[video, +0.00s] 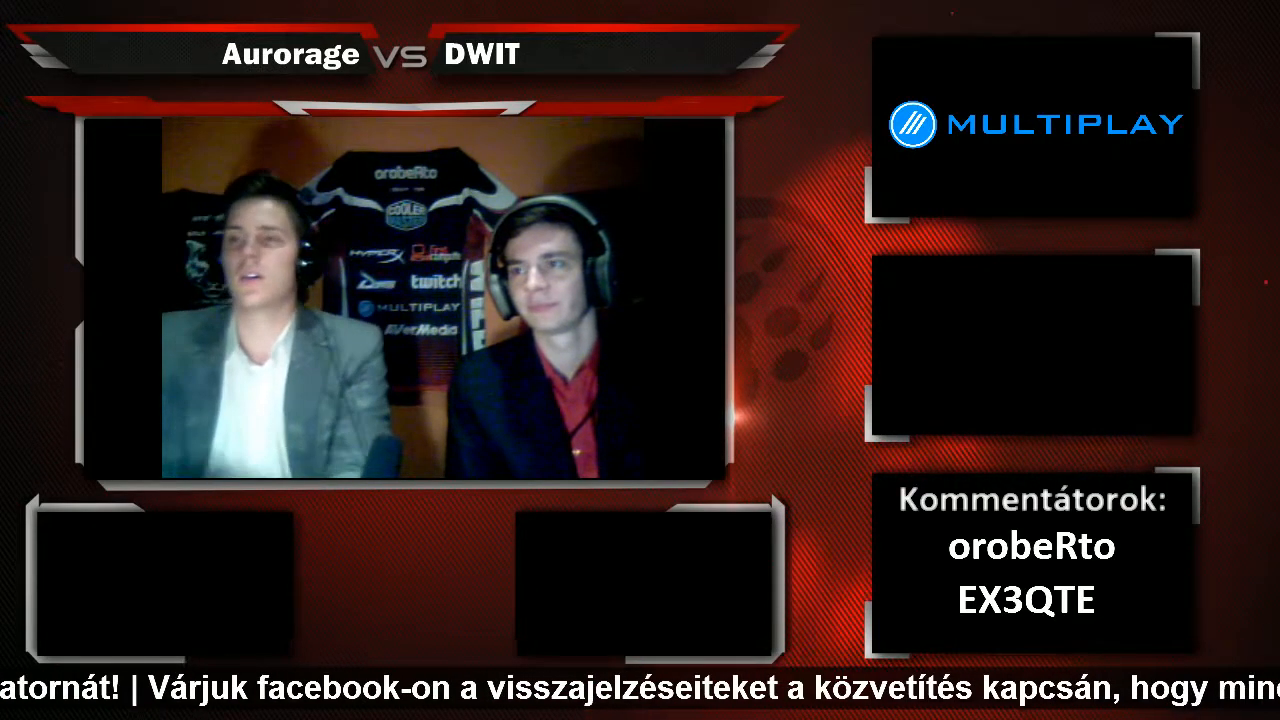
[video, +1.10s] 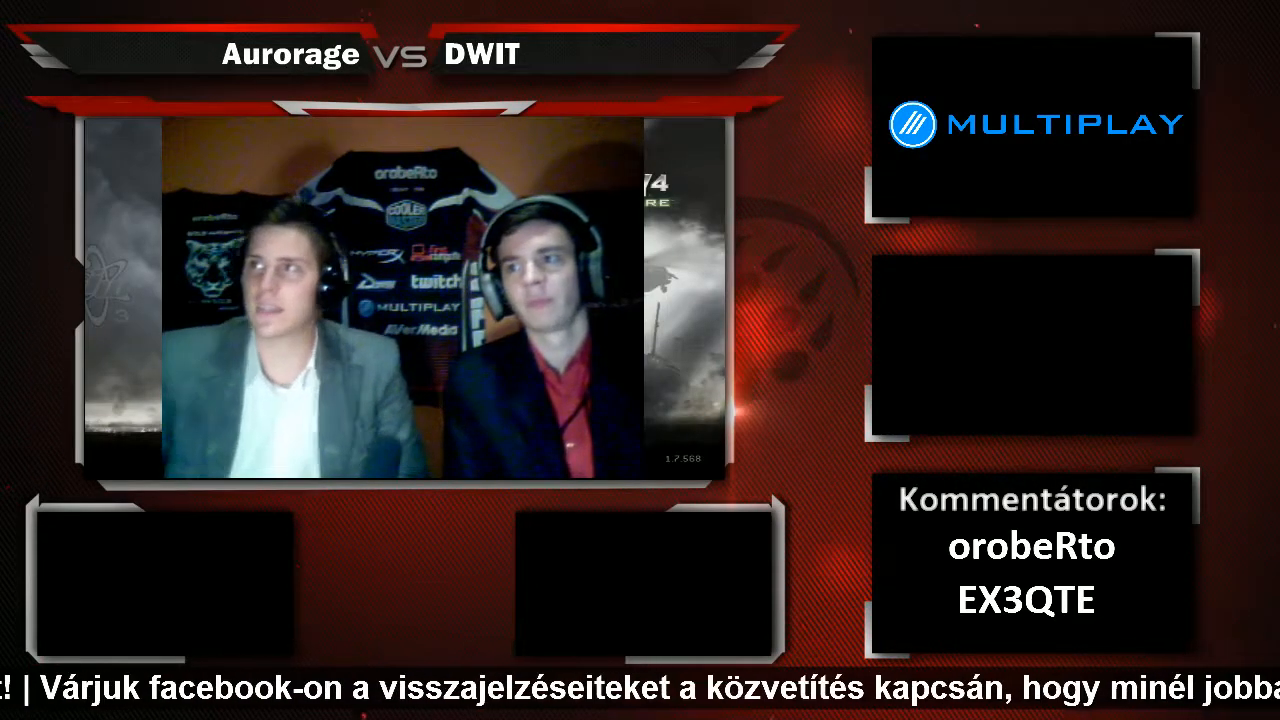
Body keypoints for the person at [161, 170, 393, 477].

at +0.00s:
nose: (248, 253)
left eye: (269, 239)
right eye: (235, 240)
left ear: (303, 254)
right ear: (220, 253)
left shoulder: (355, 347)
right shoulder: (173, 338)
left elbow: (356, 472)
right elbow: (166, 463)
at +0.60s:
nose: (269, 276)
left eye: (290, 262)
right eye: (257, 261)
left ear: (319, 278)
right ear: (243, 275)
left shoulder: (371, 359)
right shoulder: (182, 358)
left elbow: (402, 478)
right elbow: (164, 470)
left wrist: (330, 463)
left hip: (329, 532)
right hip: (218, 530)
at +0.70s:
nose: (268, 283)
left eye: (290, 268)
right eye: (257, 266)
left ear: (322, 281)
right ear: (244, 276)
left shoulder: (373, 361)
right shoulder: (183, 357)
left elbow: (406, 481)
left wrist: (329, 470)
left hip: (330, 537)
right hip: (216, 527)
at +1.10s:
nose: (266, 286)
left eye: (289, 269)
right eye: (256, 266)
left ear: (323, 283)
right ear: (242, 274)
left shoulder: (375, 362)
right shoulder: (180, 358)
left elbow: (407, 483)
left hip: (334, 545)